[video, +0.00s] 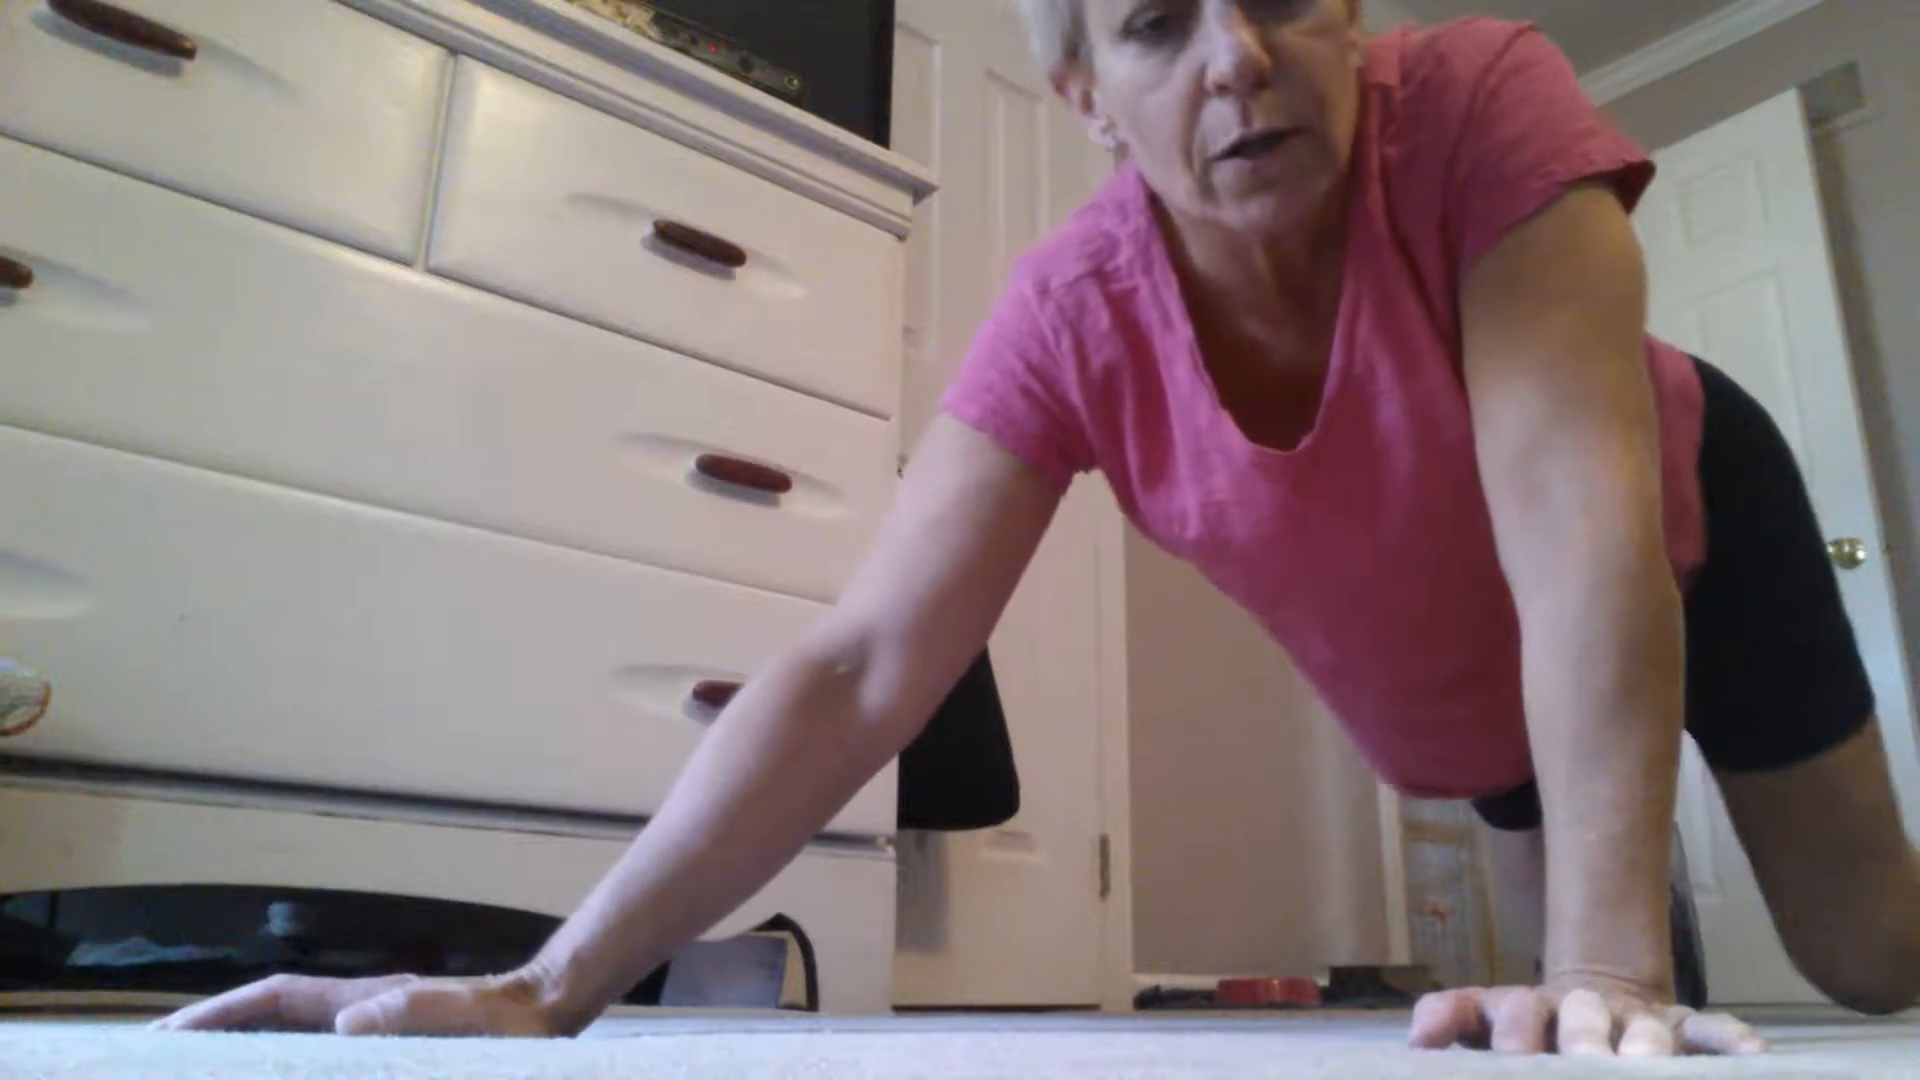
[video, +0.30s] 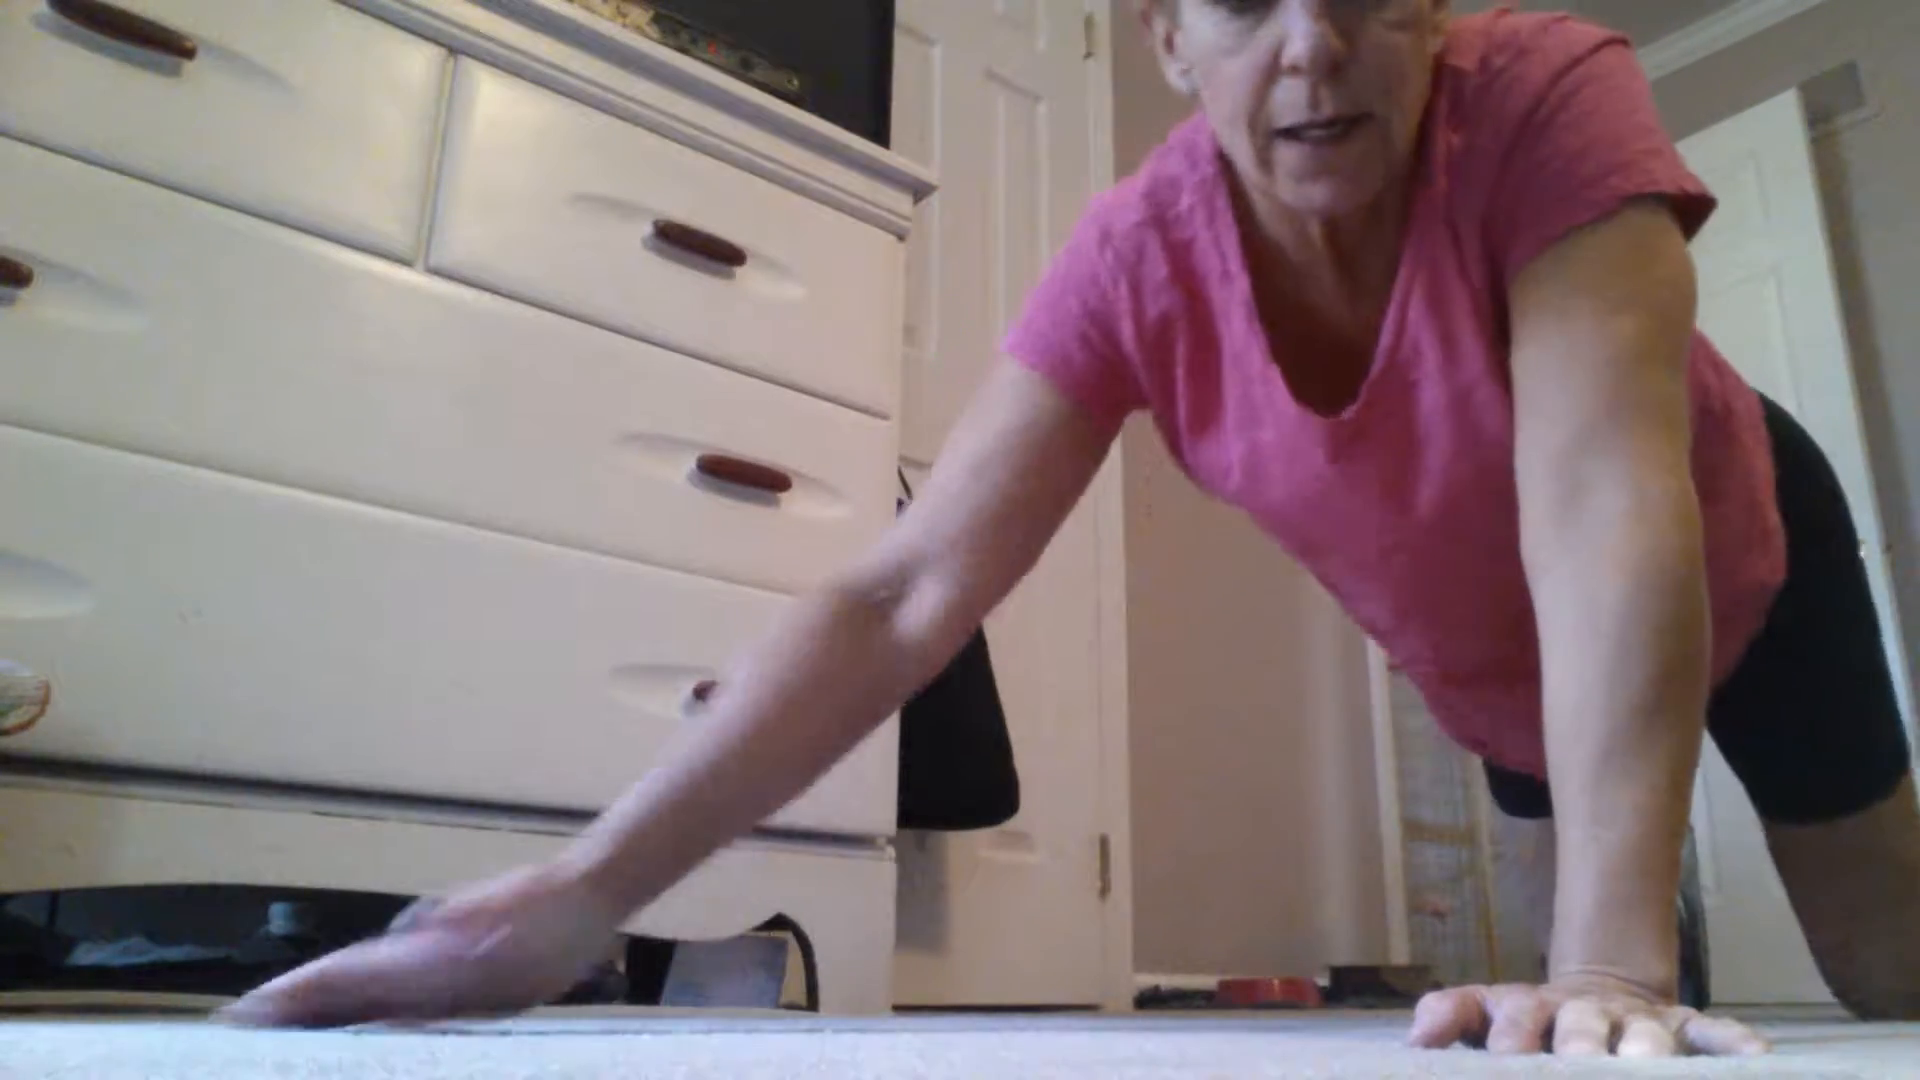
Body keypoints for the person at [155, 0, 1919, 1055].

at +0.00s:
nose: (1236, 53)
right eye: (1163, 23)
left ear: (1354, 8)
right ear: (1090, 84)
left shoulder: (1483, 103)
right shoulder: (1075, 316)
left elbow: (1590, 529)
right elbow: (856, 676)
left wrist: (1613, 981)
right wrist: (561, 979)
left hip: (1681, 563)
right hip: (1466, 722)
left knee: (1872, 956)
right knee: (1627, 964)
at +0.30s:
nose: (1313, 54)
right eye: (1255, 7)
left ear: (1435, 6)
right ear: (1181, 38)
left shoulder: (1552, 95)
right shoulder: (1140, 257)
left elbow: (1611, 510)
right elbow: (901, 602)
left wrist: (1614, 972)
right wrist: (567, 903)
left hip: (1740, 577)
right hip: (1517, 701)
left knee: (1888, 966)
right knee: (1623, 1001)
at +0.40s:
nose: (1305, 45)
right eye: (1250, 5)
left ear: (1433, 13)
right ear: (1181, 36)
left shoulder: (1553, 96)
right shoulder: (1136, 248)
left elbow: (1615, 517)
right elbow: (989, 598)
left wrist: (1606, 971)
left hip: (1744, 559)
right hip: (1511, 688)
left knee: (1898, 965)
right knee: (1624, 1022)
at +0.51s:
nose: (1254, 40)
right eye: (1194, 1)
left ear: (1408, 7)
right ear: (1138, 42)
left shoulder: (1532, 93)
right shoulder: (1136, 254)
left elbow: (1609, 506)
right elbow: (1083, 619)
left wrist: (1610, 971)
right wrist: (965, 917)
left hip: (1738, 548)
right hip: (1501, 669)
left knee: (1884, 955)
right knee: (1610, 999)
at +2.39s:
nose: (1277, 187)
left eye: (1314, 127)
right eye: (1214, 147)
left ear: (1383, 146)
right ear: (1156, 203)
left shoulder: (1516, 261)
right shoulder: (1168, 348)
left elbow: (1675, 637)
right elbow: (1121, 673)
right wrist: (1037, 981)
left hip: (1737, 564)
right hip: (1514, 679)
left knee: (1891, 989)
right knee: (1653, 1004)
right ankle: (1782, 898)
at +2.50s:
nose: (1289, 210)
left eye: (1328, 147)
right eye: (1227, 171)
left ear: (1394, 167)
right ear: (1167, 219)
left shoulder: (1531, 287)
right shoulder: (1171, 348)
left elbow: (1600, 697)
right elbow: (1117, 669)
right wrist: (1037, 982)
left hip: (1732, 557)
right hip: (1509, 655)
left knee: (1889, 981)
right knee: (1652, 1002)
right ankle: (1769, 899)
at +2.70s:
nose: (1289, 260)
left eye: (1331, 193)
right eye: (1229, 211)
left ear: (1399, 198)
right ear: (1170, 239)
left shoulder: (1533, 322)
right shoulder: (1176, 360)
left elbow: (1443, 748)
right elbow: (1124, 681)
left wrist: (1219, 527)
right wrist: (1034, 987)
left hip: (1733, 545)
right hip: (1523, 642)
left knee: (1882, 976)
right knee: (1654, 997)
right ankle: (1768, 899)